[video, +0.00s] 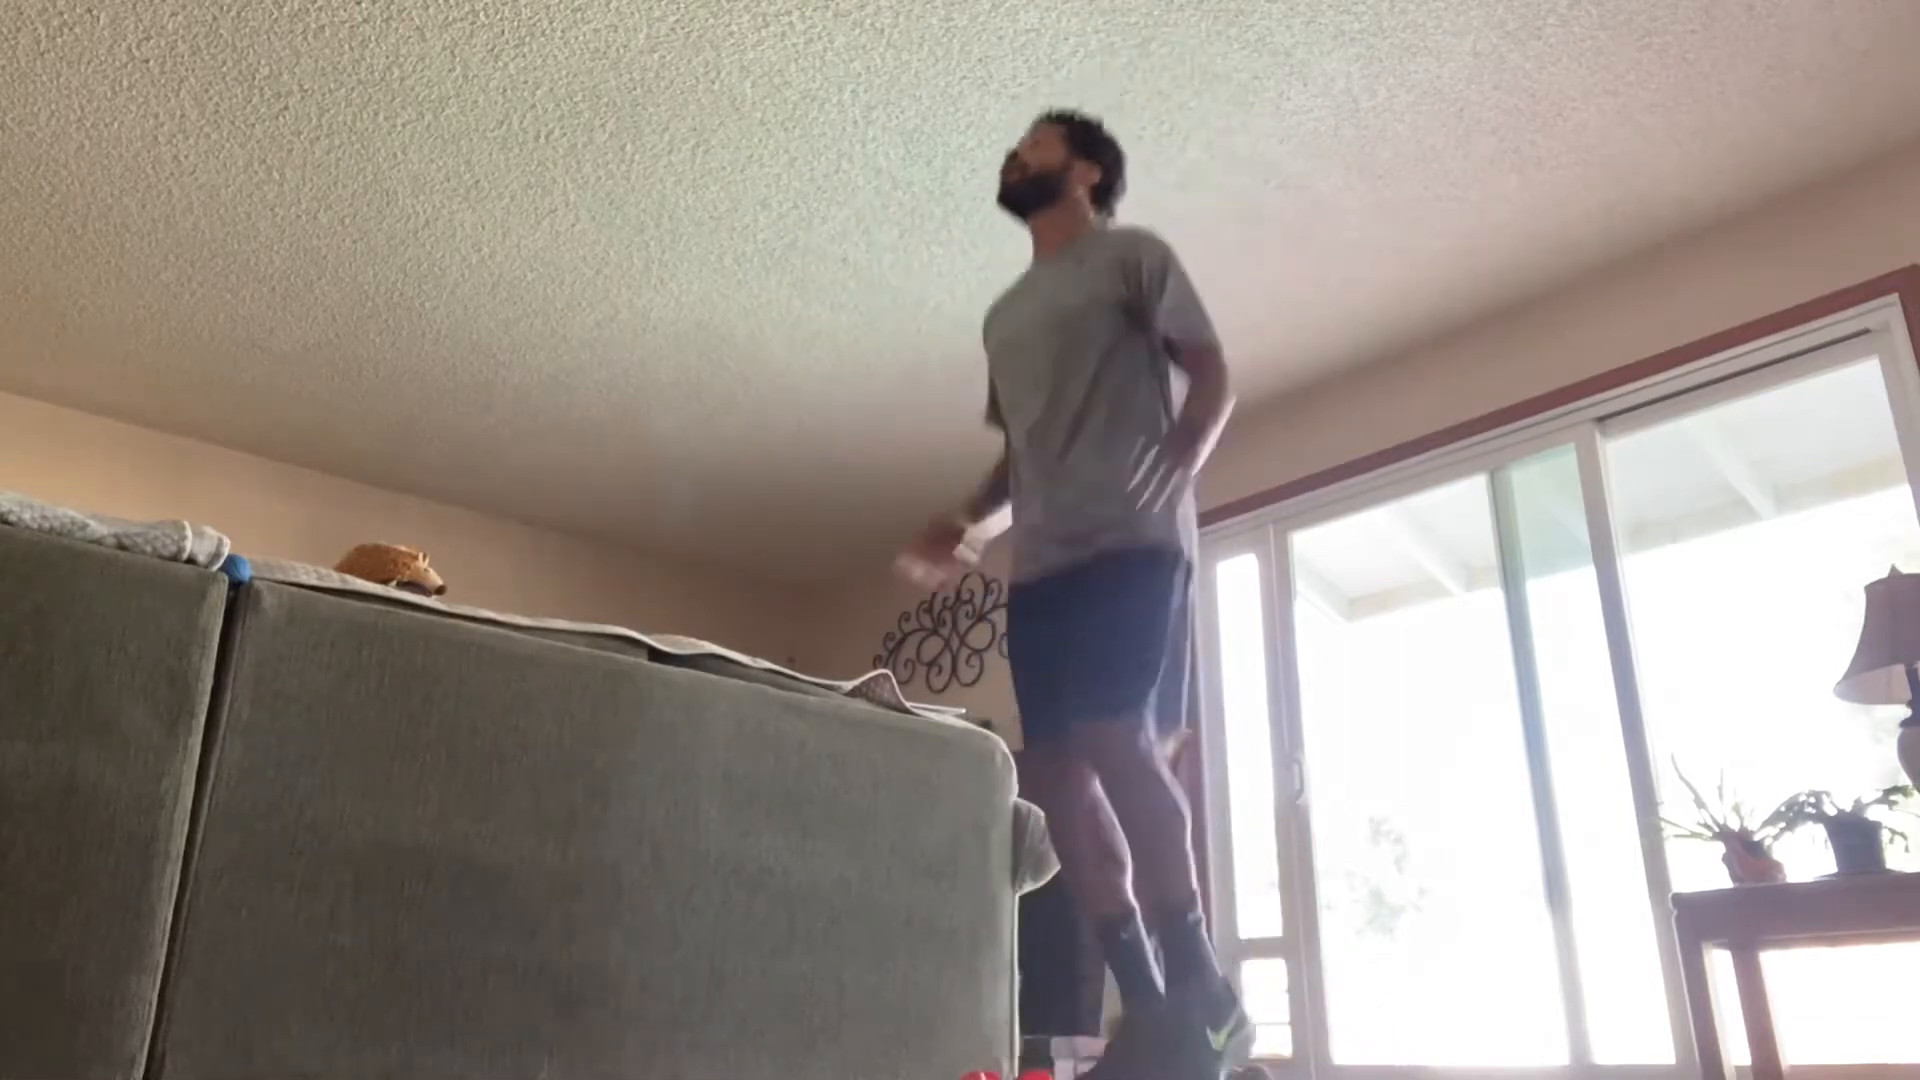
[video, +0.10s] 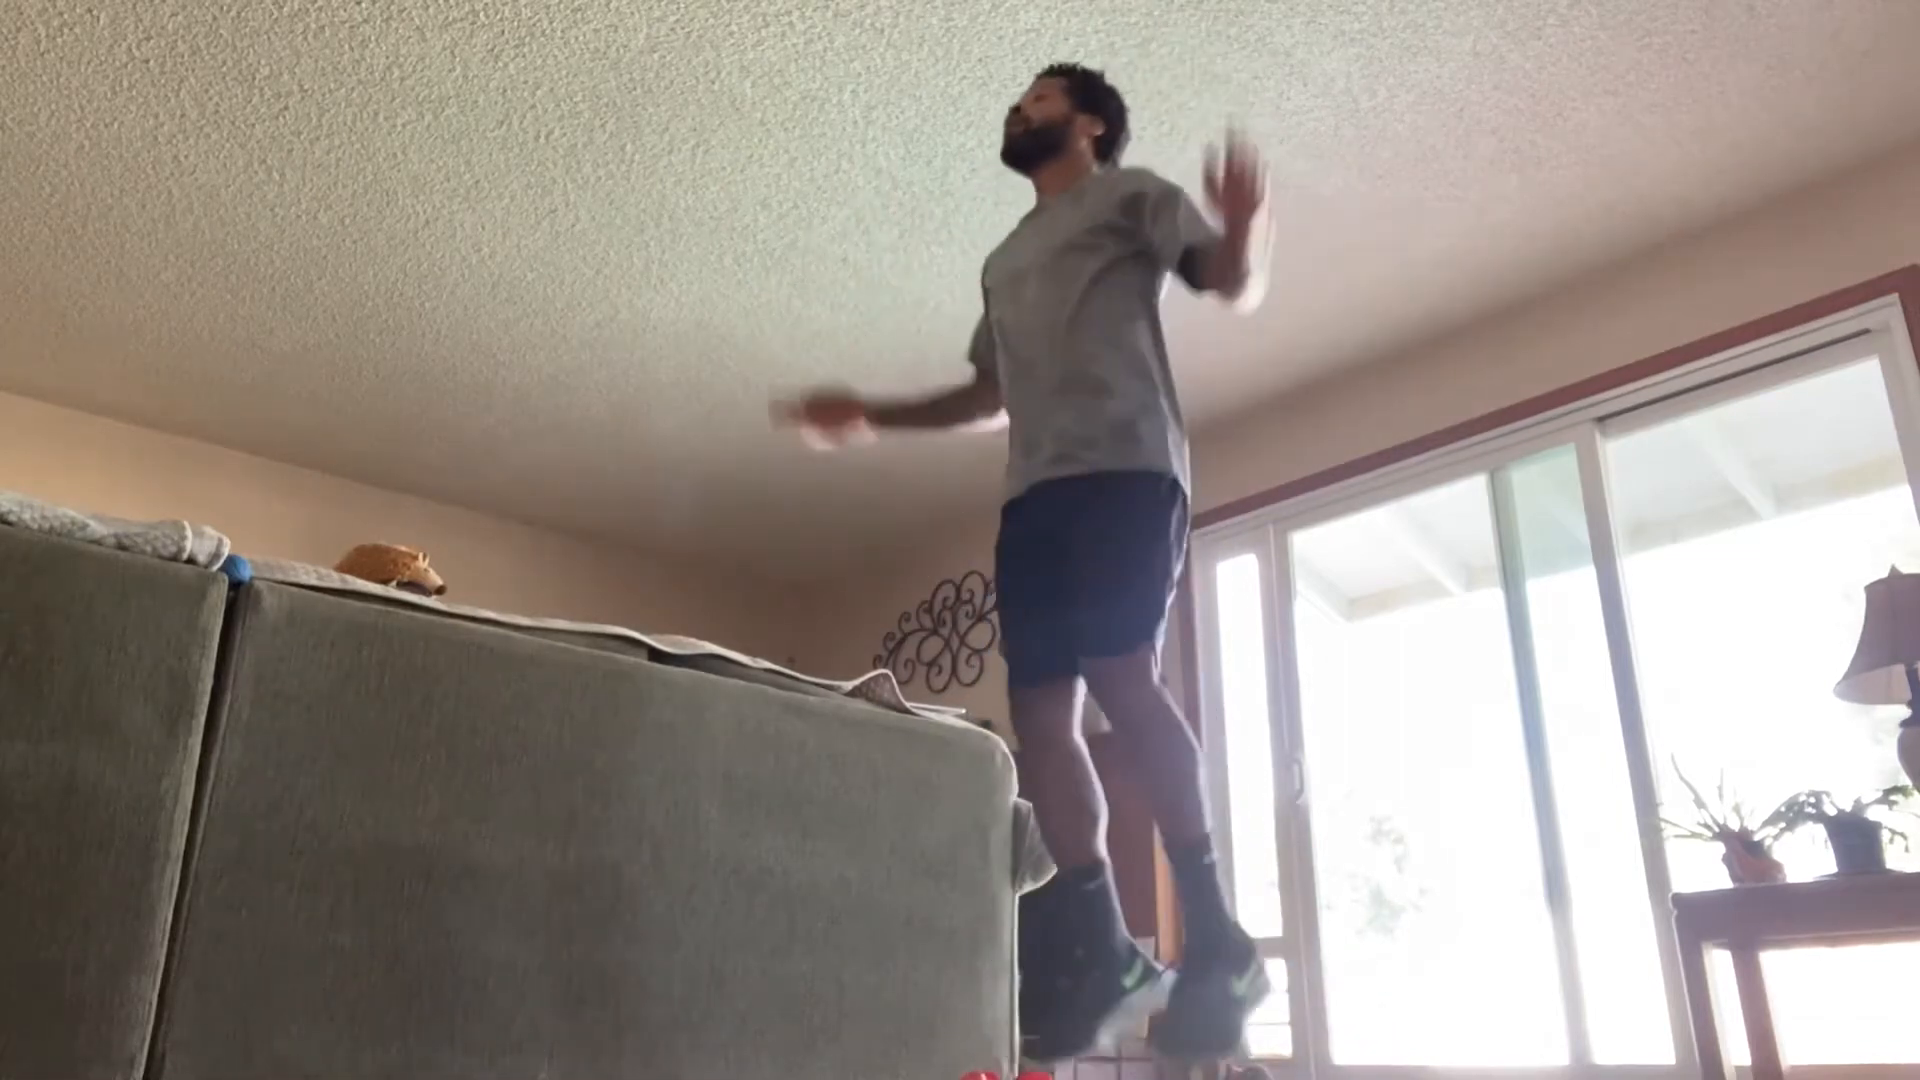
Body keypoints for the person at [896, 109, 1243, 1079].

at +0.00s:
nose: (1013, 151)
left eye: (1037, 139)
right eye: (1017, 144)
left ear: (1089, 173)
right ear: (1028, 184)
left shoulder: (1129, 254)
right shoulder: (1004, 314)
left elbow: (1211, 376)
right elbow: (1021, 450)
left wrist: (1171, 480)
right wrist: (965, 523)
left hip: (1134, 539)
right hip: (1042, 561)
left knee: (1115, 744)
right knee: (1052, 774)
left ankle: (1201, 993)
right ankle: (1145, 1008)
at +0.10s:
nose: (1017, 103)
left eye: (1040, 92)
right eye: (1017, 97)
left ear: (1092, 123)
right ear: (1030, 138)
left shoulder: (1130, 195)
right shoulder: (1004, 260)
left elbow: (1228, 281)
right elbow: (989, 395)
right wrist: (868, 413)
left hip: (1127, 467)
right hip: (1034, 486)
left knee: (1126, 690)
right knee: (1043, 726)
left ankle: (1216, 945)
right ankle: (1100, 947)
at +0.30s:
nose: (1018, 168)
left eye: (1041, 155)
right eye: (1019, 159)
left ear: (1095, 176)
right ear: (1037, 189)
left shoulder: (1130, 242)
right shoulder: (1006, 307)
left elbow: (1215, 122)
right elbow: (907, 327)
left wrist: (1142, 30)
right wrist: (911, 206)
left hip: (1133, 533)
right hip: (1033, 557)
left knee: (1132, 744)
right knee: (979, 771)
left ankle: (1283, 994)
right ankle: (1034, 1006)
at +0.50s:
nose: (988, 163)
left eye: (1009, 148)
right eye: (988, 152)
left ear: (1064, 171)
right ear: (1006, 183)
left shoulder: (1101, 242)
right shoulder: (977, 299)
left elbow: (1212, 160)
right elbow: (881, 334)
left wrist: (1184, 31)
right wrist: (832, 227)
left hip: (1104, 533)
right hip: (1010, 557)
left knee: (1121, 737)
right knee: (980, 775)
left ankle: (1266, 973)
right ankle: (1039, 1007)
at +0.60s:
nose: (957, 112)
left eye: (980, 95)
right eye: (957, 100)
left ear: (1035, 124)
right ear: (965, 131)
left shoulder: (1072, 186)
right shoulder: (957, 257)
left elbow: (1194, 234)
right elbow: (924, 381)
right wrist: (814, 364)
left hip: (1093, 464)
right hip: (1006, 491)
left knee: (1064, 656)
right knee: (970, 709)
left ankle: (1246, 873)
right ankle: (1027, 945)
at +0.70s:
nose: (916, 116)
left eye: (937, 100)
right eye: (917, 102)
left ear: (994, 125)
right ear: (950, 132)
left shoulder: (1050, 205)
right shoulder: (941, 269)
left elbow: (1163, 307)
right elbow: (979, 397)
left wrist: (1096, 374)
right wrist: (925, 479)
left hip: (1083, 470)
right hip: (994, 489)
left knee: (1041, 668)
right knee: (953, 703)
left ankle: (1253, 842)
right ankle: (982, 953)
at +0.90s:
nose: (855, 284)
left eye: (875, 266)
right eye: (855, 270)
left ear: (936, 282)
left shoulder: (1015, 355)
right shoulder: (920, 413)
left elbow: (1056, 501)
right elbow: (960, 550)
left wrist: (916, 459)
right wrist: (931, 644)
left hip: (1104, 624)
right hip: (1005, 631)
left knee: (1035, 840)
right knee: (907, 790)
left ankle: (1210, 931)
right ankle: (948, 1038)